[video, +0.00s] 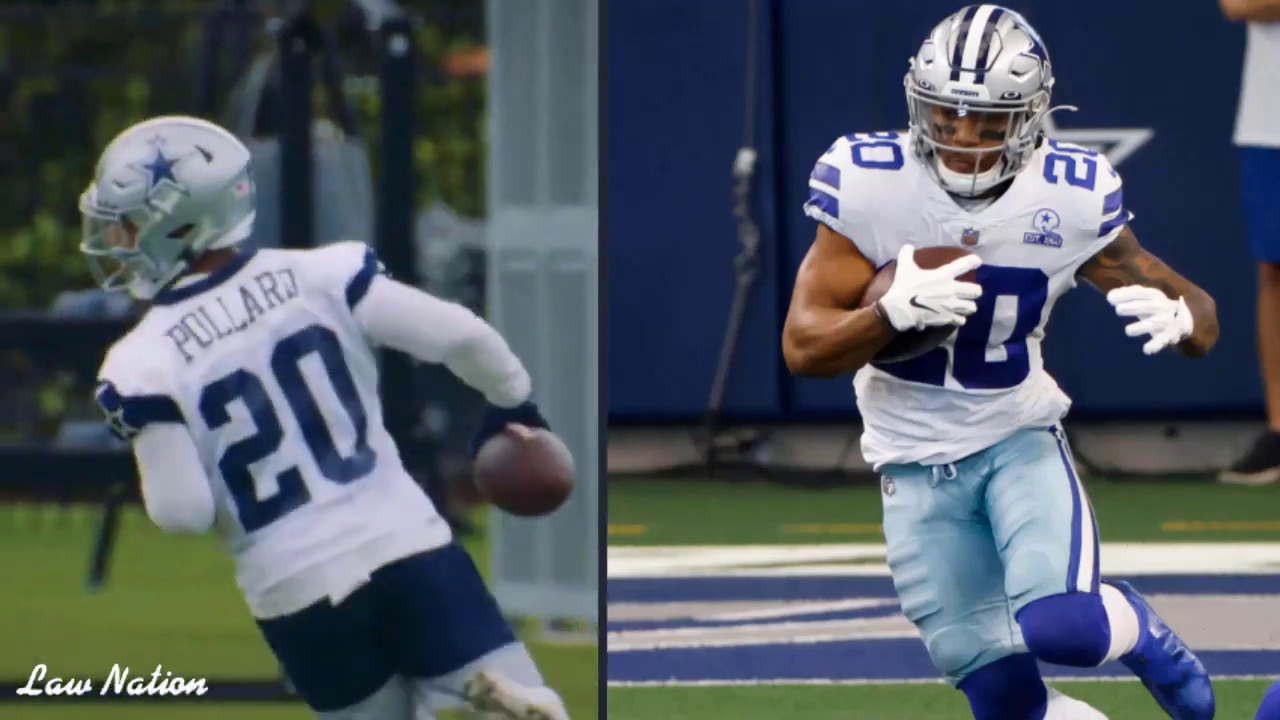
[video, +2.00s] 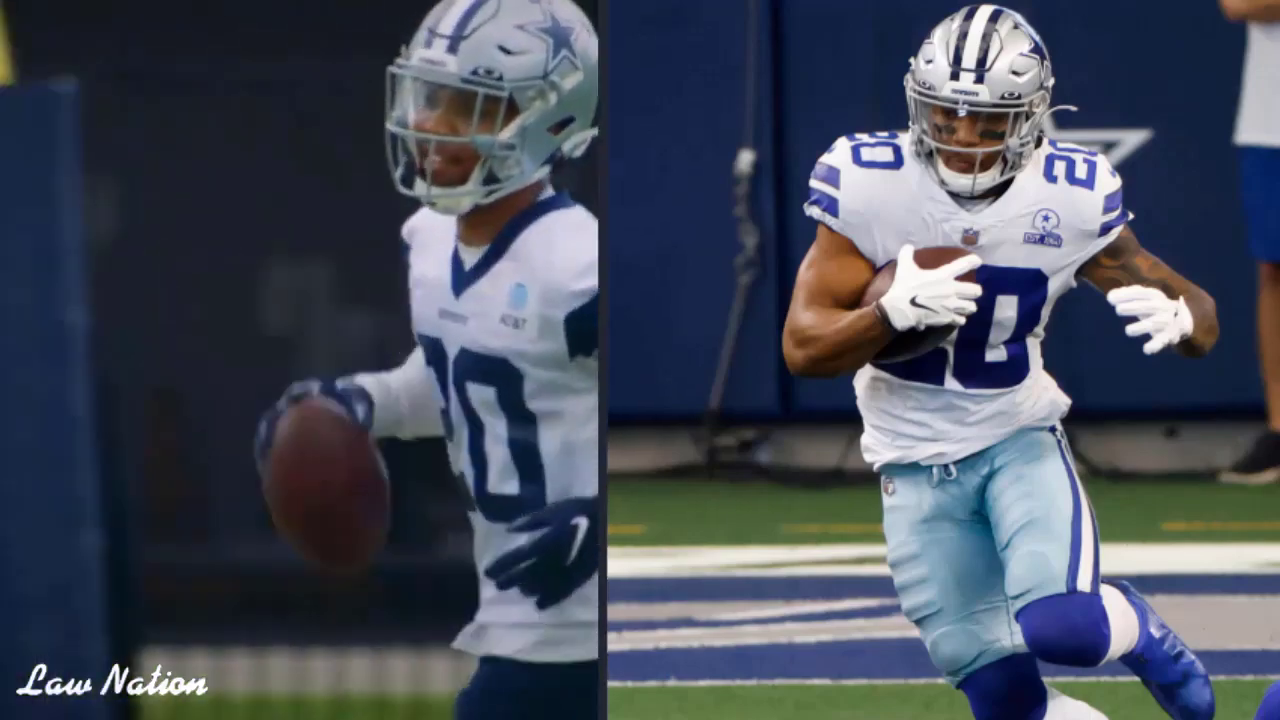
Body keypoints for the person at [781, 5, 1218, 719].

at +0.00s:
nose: (966, 138)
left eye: (988, 121)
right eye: (950, 117)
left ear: (1028, 119)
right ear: (922, 110)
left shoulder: (1071, 194)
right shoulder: (863, 179)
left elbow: (1197, 309)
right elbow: (801, 349)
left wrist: (1181, 319)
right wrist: (887, 313)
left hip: (1018, 437)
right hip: (911, 467)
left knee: (1054, 626)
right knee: (1001, 696)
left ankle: (1142, 633)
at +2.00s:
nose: (966, 138)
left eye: (988, 121)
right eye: (950, 117)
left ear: (1028, 119)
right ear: (922, 110)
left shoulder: (1071, 194)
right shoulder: (863, 179)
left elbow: (1197, 309)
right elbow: (801, 349)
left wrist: (1181, 319)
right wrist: (887, 313)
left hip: (1018, 437)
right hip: (911, 467)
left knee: (1054, 626)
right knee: (1001, 696)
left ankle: (1142, 633)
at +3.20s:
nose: (965, 137)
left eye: (988, 121)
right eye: (950, 116)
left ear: (1027, 118)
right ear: (922, 110)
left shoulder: (1071, 194)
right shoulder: (863, 179)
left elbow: (1197, 310)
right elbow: (801, 349)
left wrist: (1181, 319)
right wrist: (887, 313)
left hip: (1018, 437)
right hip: (911, 467)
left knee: (1054, 626)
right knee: (1001, 696)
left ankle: (1142, 633)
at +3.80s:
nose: (965, 137)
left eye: (988, 121)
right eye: (950, 116)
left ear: (1027, 118)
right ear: (922, 110)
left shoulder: (1071, 194)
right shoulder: (863, 179)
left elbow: (1197, 310)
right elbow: (801, 349)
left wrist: (1181, 319)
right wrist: (887, 313)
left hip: (1018, 437)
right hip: (911, 467)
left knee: (1054, 626)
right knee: (1001, 696)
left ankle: (1142, 633)